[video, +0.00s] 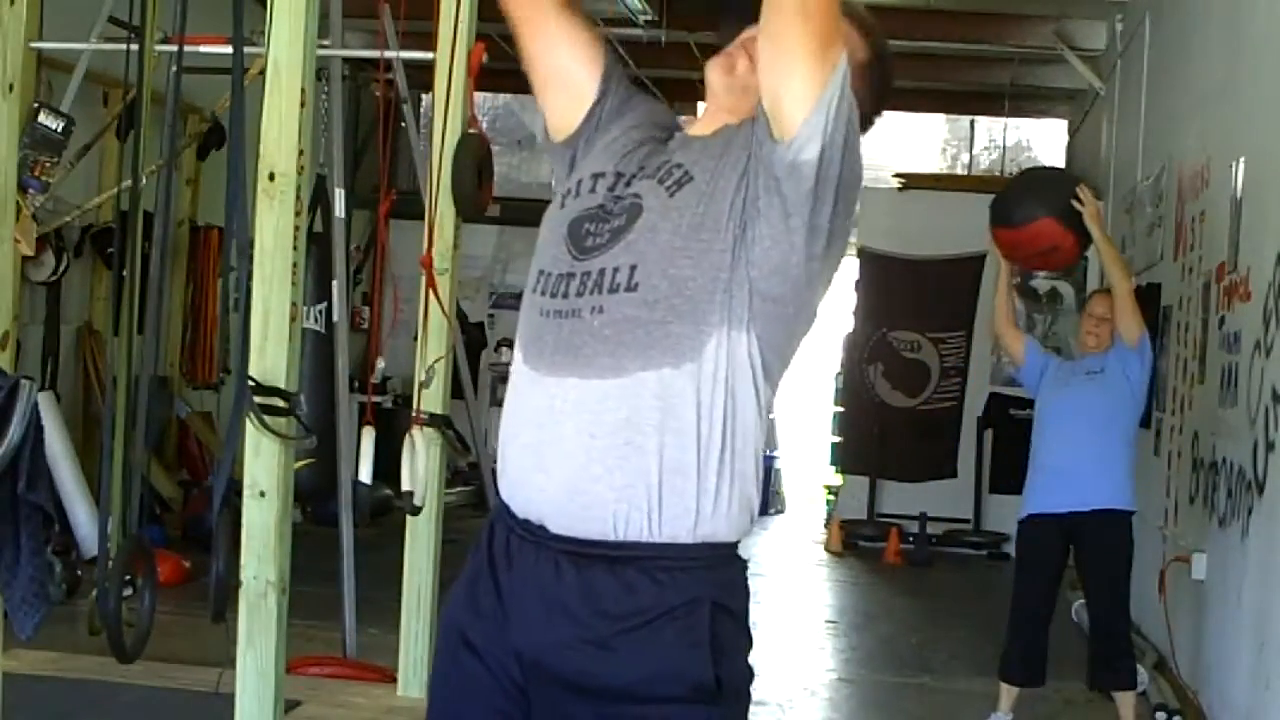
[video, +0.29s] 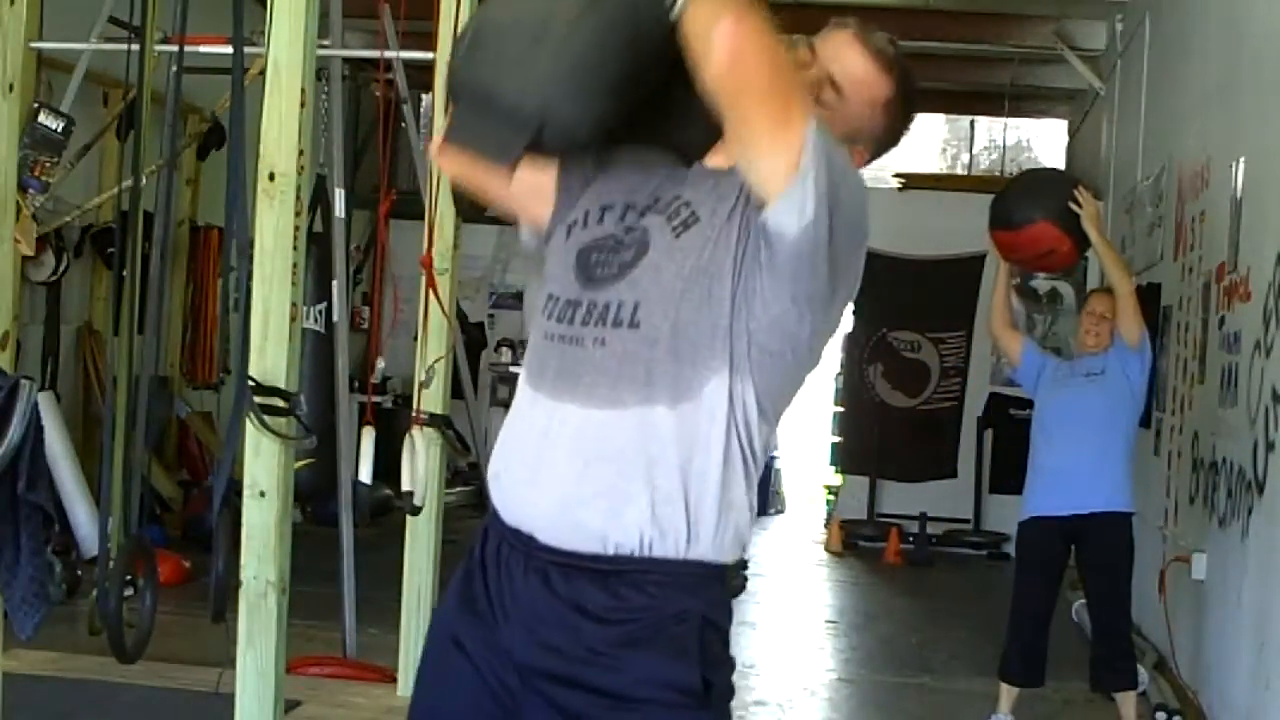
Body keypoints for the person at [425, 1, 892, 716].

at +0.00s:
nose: (759, 34)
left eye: (806, 45)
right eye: (773, 26)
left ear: (830, 98)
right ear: (739, 37)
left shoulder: (794, 169)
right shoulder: (613, 132)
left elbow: (803, 0)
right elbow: (530, 3)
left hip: (660, 606)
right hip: (506, 574)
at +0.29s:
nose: (795, 73)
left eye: (829, 88)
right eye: (806, 52)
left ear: (854, 156)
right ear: (785, 42)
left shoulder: (816, 215)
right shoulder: (611, 180)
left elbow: (729, 29)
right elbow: (454, 152)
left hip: (646, 624)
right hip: (496, 585)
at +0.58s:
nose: (754, 137)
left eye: (795, 135)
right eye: (761, 100)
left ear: (822, 174)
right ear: (733, 90)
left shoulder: (802, 260)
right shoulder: (619, 200)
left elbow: (644, 270)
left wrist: (627, 147)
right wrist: (503, 125)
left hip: (628, 639)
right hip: (476, 601)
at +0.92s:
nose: (707, 129)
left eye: (744, 112)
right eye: (700, 88)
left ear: (776, 115)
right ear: (665, 60)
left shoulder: (781, 223)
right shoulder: (573, 167)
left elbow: (678, 388)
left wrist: (581, 234)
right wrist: (440, 197)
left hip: (665, 625)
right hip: (502, 598)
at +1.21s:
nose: (653, 188)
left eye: (686, 163)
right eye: (636, 149)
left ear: (725, 137)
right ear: (600, 102)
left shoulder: (767, 249)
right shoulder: (523, 224)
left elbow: (809, 474)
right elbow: (432, 336)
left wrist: (622, 462)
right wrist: (432, 429)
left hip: (710, 617)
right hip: (546, 602)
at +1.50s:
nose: (593, 328)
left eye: (625, 296)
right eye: (572, 290)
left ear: (668, 249)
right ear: (535, 232)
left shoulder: (746, 347)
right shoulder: (484, 318)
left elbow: (797, 561)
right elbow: (424, 474)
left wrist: (652, 694)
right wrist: (449, 647)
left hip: (733, 623)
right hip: (562, 613)